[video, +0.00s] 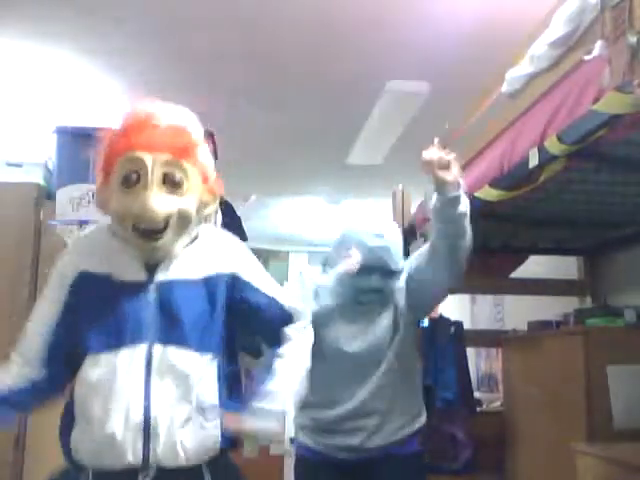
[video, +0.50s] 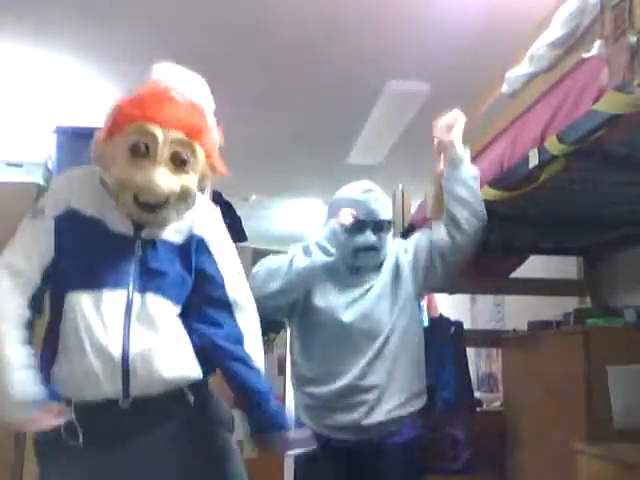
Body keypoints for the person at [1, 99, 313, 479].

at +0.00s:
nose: (149, 202)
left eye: (171, 181)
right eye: (132, 179)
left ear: (203, 194)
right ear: (105, 192)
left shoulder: (223, 258)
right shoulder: (84, 258)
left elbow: (293, 329)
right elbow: (36, 364)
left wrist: (266, 415)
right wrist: (5, 397)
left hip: (196, 468)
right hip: (98, 469)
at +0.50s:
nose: (156, 177)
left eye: (179, 161)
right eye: (139, 150)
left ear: (201, 172)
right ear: (108, 147)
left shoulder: (199, 219)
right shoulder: (68, 198)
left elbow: (222, 320)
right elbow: (10, 291)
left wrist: (265, 413)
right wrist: (24, 397)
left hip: (176, 424)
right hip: (76, 430)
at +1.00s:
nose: (135, 187)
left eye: (157, 167)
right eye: (117, 168)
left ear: (195, 181)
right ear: (96, 181)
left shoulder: (217, 239)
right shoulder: (80, 249)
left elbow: (268, 317)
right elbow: (53, 349)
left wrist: (244, 370)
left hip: (203, 457)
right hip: (105, 458)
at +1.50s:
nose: (185, 204)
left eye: (205, 187)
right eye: (166, 184)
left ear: (233, 197)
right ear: (139, 191)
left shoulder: (250, 259)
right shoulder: (109, 258)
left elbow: (325, 250)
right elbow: (28, 307)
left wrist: (328, 185)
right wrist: (98, 339)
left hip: (221, 456)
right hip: (127, 459)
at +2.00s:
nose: (181, 218)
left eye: (203, 199)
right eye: (164, 195)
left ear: (229, 211)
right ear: (134, 201)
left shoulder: (226, 280)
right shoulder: (103, 269)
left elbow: (266, 362)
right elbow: (19, 261)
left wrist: (234, 285)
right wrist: (80, 174)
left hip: (211, 465)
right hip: (117, 466)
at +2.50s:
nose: (140, 215)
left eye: (164, 192)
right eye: (122, 186)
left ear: (187, 207)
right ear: (90, 192)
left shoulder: (178, 264)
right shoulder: (63, 255)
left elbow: (220, 302)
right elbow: (23, 363)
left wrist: (232, 216)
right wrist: (72, 289)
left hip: (154, 457)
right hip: (62, 456)